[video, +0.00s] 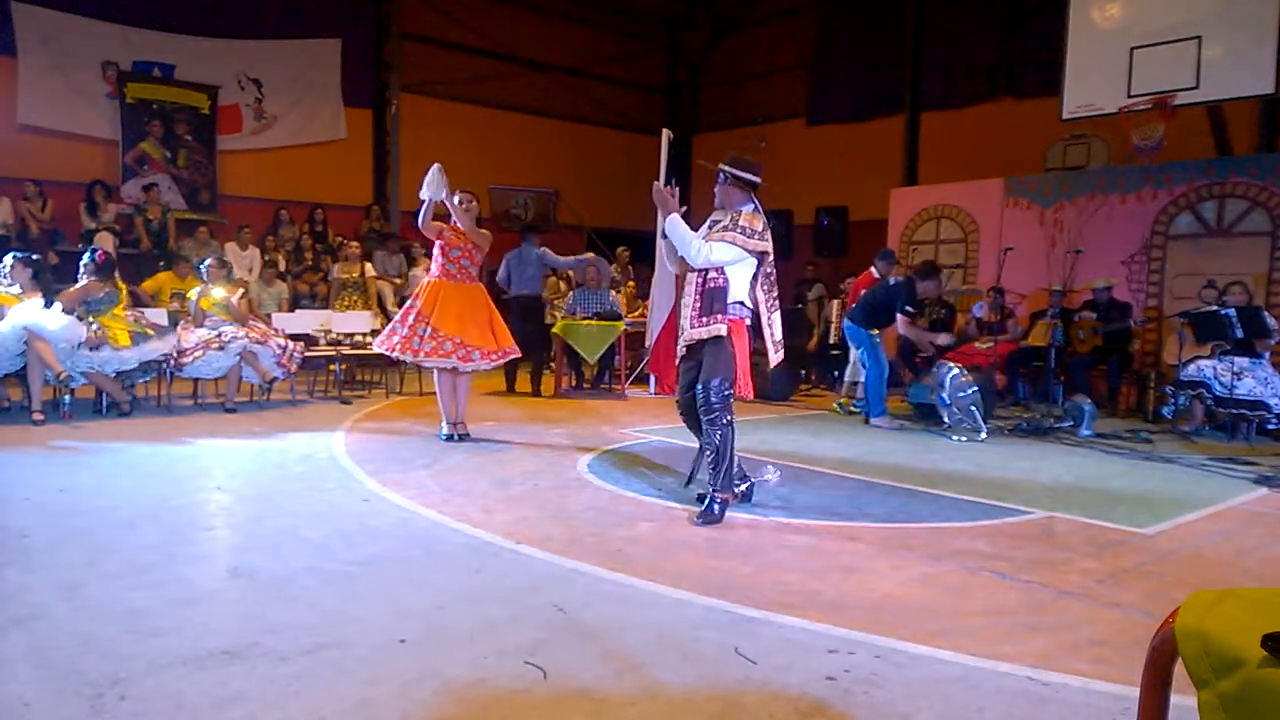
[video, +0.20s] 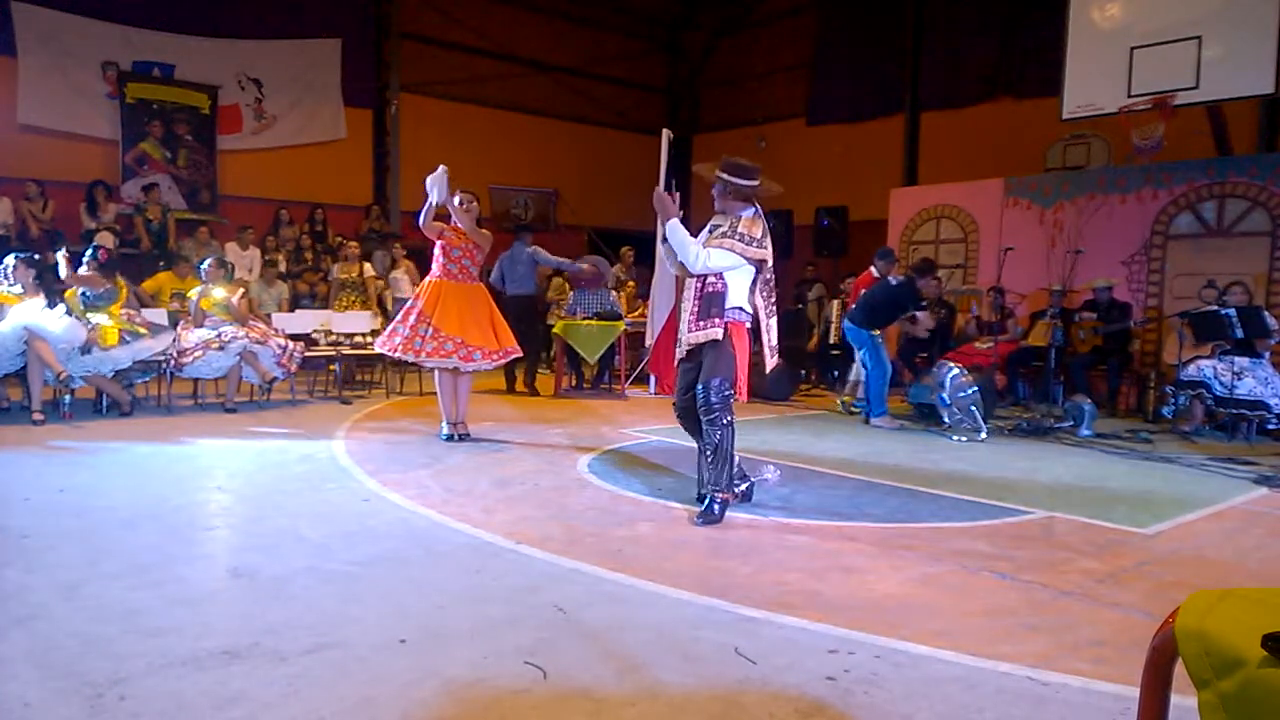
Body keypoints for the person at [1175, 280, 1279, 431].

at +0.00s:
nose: (1237, 297)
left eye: (1241, 293)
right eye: (1231, 294)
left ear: (1248, 297)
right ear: (1223, 298)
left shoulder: (1258, 315)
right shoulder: (1216, 316)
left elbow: (1265, 346)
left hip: (1254, 364)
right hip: (1223, 363)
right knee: (1196, 368)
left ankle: (1243, 425)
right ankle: (1197, 419)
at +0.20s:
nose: (1238, 297)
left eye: (1243, 293)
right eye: (1233, 293)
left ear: (1249, 297)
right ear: (1224, 299)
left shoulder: (1259, 315)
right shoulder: (1216, 316)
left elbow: (1265, 347)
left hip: (1254, 364)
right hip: (1222, 362)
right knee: (1196, 368)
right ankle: (1197, 419)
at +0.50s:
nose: (1232, 297)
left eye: (1237, 293)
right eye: (1228, 294)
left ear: (1247, 296)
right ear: (1223, 298)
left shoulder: (1258, 315)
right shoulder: (1218, 316)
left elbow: (1264, 347)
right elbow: (1201, 342)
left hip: (1254, 365)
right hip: (1223, 363)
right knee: (1197, 368)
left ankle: (1243, 426)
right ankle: (1197, 419)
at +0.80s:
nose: (1230, 298)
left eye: (1235, 293)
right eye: (1227, 294)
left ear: (1247, 297)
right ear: (1222, 298)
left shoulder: (1258, 315)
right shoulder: (1218, 315)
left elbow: (1265, 347)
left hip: (1254, 365)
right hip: (1223, 363)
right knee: (1197, 367)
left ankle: (1243, 426)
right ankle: (1197, 419)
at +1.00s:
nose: (1226, 297)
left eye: (1233, 293)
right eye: (1224, 294)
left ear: (1246, 297)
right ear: (1221, 297)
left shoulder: (1257, 315)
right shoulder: (1217, 316)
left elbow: (1264, 346)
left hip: (1254, 365)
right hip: (1223, 363)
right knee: (1197, 368)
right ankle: (1197, 419)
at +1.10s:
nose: (1226, 297)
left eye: (1232, 293)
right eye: (1224, 294)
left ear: (1246, 297)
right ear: (1220, 297)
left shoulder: (1257, 315)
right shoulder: (1217, 315)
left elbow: (1264, 346)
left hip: (1254, 365)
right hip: (1223, 363)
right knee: (1197, 368)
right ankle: (1197, 419)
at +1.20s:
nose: (1226, 297)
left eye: (1232, 293)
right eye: (1224, 294)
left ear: (1246, 297)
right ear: (1220, 297)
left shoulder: (1257, 315)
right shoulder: (1217, 315)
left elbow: (1264, 346)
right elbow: (1200, 342)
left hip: (1254, 365)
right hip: (1223, 363)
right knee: (1197, 368)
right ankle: (1197, 419)